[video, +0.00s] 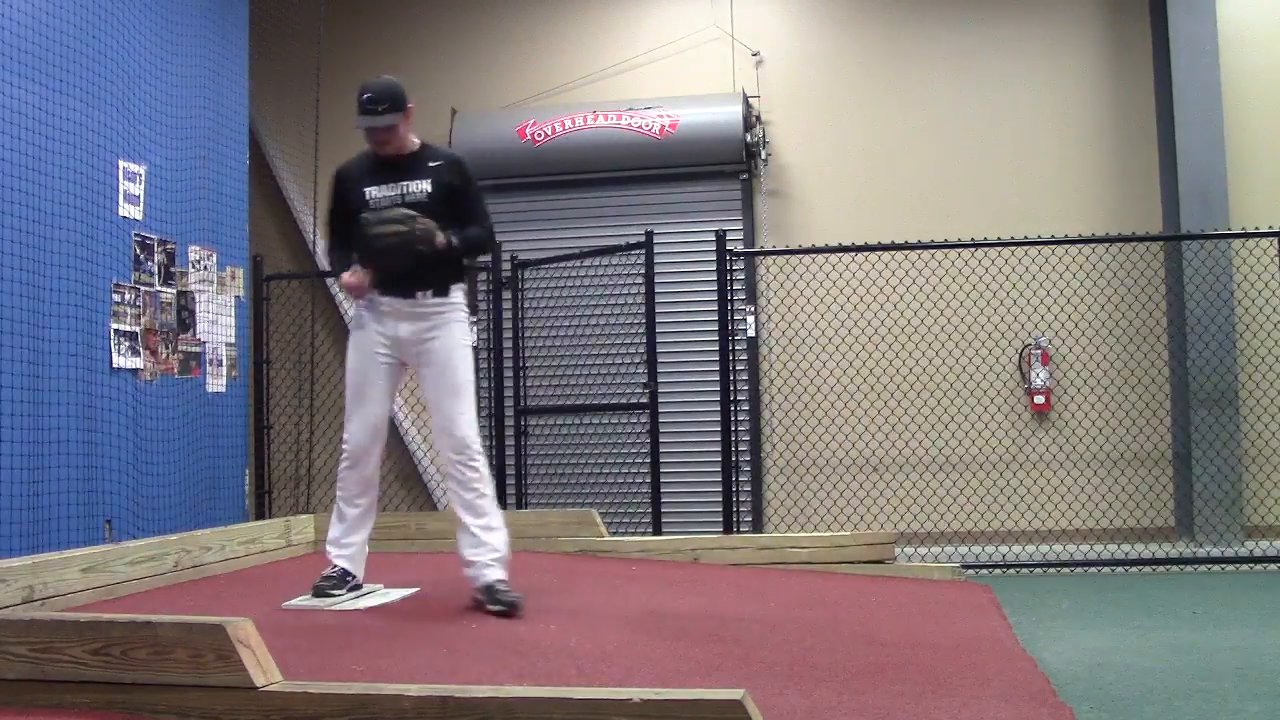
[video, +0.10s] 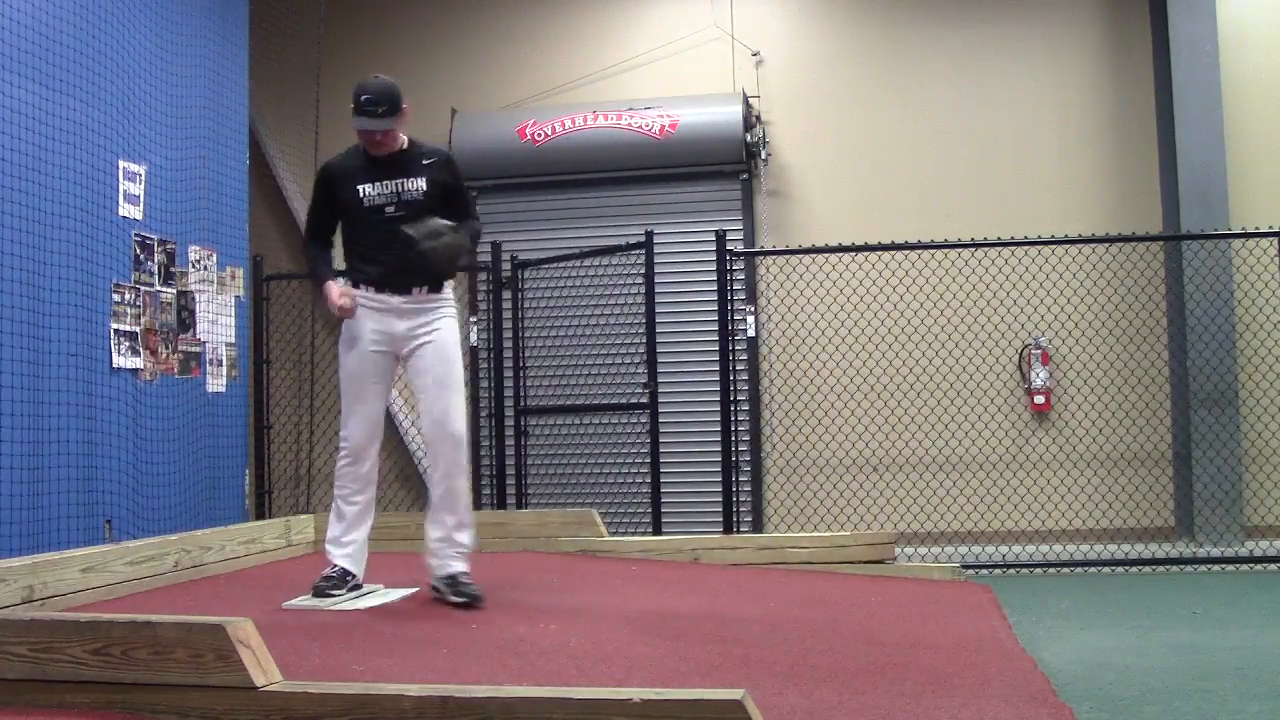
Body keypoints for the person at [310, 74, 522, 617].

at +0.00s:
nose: (378, 137)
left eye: (386, 127)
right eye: (370, 129)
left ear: (408, 116)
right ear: (360, 124)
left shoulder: (448, 169)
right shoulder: (349, 178)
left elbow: (484, 237)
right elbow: (338, 244)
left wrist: (444, 240)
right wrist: (347, 269)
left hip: (441, 320)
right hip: (373, 320)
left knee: (462, 444)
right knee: (359, 444)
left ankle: (489, 574)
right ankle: (344, 566)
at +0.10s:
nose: (373, 137)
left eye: (383, 128)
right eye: (365, 128)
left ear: (403, 118)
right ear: (353, 121)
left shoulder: (437, 164)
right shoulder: (338, 172)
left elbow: (468, 223)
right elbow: (317, 238)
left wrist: (451, 247)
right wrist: (327, 282)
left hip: (432, 314)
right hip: (366, 314)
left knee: (451, 433)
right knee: (357, 442)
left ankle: (450, 568)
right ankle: (344, 565)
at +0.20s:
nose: (381, 136)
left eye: (389, 127)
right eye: (372, 127)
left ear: (406, 118)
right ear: (358, 119)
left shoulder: (437, 166)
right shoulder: (335, 169)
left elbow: (459, 228)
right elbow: (305, 232)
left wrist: (464, 253)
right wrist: (320, 281)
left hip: (428, 314)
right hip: (363, 314)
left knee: (440, 430)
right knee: (356, 442)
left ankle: (413, 557)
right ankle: (344, 564)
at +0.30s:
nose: (397, 135)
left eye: (405, 127)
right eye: (388, 127)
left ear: (419, 119)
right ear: (371, 116)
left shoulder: (438, 165)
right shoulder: (340, 165)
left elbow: (455, 227)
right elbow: (302, 227)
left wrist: (468, 260)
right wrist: (319, 279)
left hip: (423, 316)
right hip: (360, 314)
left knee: (424, 438)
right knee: (355, 442)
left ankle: (397, 561)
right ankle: (343, 564)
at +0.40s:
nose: (414, 132)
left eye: (423, 124)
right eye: (406, 123)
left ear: (434, 121)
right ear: (386, 114)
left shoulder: (445, 172)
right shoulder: (351, 161)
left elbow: (454, 237)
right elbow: (307, 224)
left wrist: (467, 276)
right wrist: (321, 279)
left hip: (419, 318)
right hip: (358, 314)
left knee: (413, 444)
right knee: (356, 440)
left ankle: (394, 563)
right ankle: (342, 562)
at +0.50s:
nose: (430, 128)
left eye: (437, 120)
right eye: (421, 119)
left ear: (445, 118)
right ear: (397, 111)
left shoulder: (449, 176)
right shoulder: (357, 159)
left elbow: (455, 244)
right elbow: (308, 221)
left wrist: (461, 290)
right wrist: (323, 279)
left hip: (417, 319)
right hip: (357, 313)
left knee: (405, 444)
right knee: (356, 436)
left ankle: (391, 564)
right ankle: (337, 559)